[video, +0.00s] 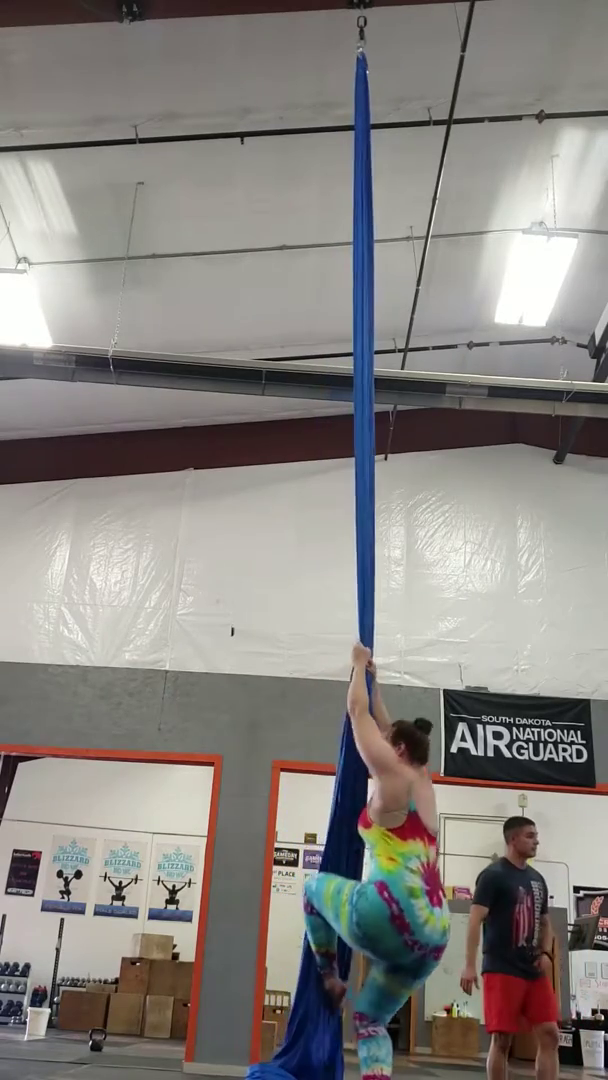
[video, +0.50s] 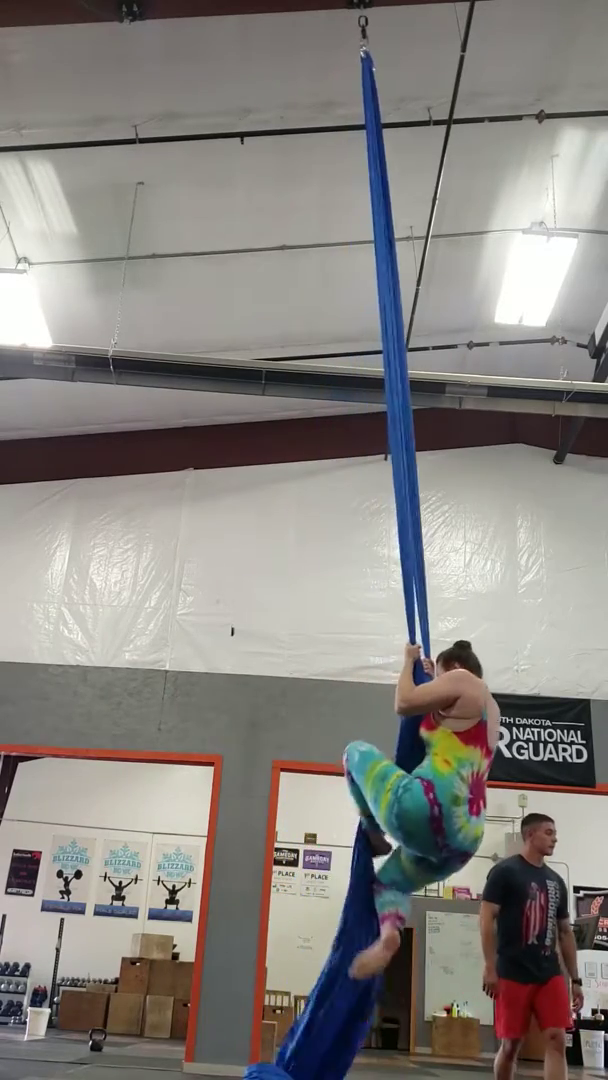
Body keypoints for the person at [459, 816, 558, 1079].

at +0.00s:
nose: (536, 840)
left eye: (536, 836)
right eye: (530, 836)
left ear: (530, 840)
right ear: (511, 839)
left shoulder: (537, 879)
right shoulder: (492, 875)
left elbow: (545, 921)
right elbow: (474, 920)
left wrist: (545, 952)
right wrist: (469, 966)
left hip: (534, 969)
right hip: (501, 969)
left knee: (549, 1036)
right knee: (501, 1041)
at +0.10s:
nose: (536, 840)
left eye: (536, 835)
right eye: (530, 835)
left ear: (532, 839)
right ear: (511, 838)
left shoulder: (539, 879)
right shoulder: (489, 875)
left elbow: (548, 925)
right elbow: (472, 919)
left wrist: (554, 968)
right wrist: (468, 967)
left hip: (535, 969)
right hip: (500, 970)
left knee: (545, 1035)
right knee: (499, 1041)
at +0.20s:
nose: (539, 840)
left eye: (539, 835)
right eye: (533, 835)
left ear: (526, 839)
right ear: (515, 837)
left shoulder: (542, 880)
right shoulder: (491, 874)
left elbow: (552, 929)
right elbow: (474, 921)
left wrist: (562, 974)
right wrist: (473, 970)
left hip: (538, 973)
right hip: (501, 972)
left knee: (544, 1037)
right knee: (499, 1042)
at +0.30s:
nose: (543, 841)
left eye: (543, 836)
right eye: (537, 835)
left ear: (530, 839)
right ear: (519, 837)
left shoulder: (546, 881)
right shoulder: (493, 875)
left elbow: (558, 931)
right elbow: (478, 921)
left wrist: (569, 977)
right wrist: (483, 971)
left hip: (541, 975)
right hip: (504, 974)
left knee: (545, 1039)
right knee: (501, 1044)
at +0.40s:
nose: (548, 841)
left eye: (549, 836)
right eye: (542, 835)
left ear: (544, 840)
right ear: (524, 837)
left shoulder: (551, 882)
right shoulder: (498, 875)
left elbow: (562, 932)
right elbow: (483, 921)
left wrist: (573, 979)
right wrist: (486, 971)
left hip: (545, 975)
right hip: (508, 975)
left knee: (553, 1040)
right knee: (505, 1047)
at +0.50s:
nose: (554, 838)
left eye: (554, 833)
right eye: (548, 832)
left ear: (551, 838)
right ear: (529, 835)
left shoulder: (556, 881)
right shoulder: (503, 871)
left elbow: (565, 932)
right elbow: (486, 919)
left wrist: (575, 979)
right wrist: (489, 968)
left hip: (550, 974)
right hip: (512, 973)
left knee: (557, 1040)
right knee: (509, 1046)